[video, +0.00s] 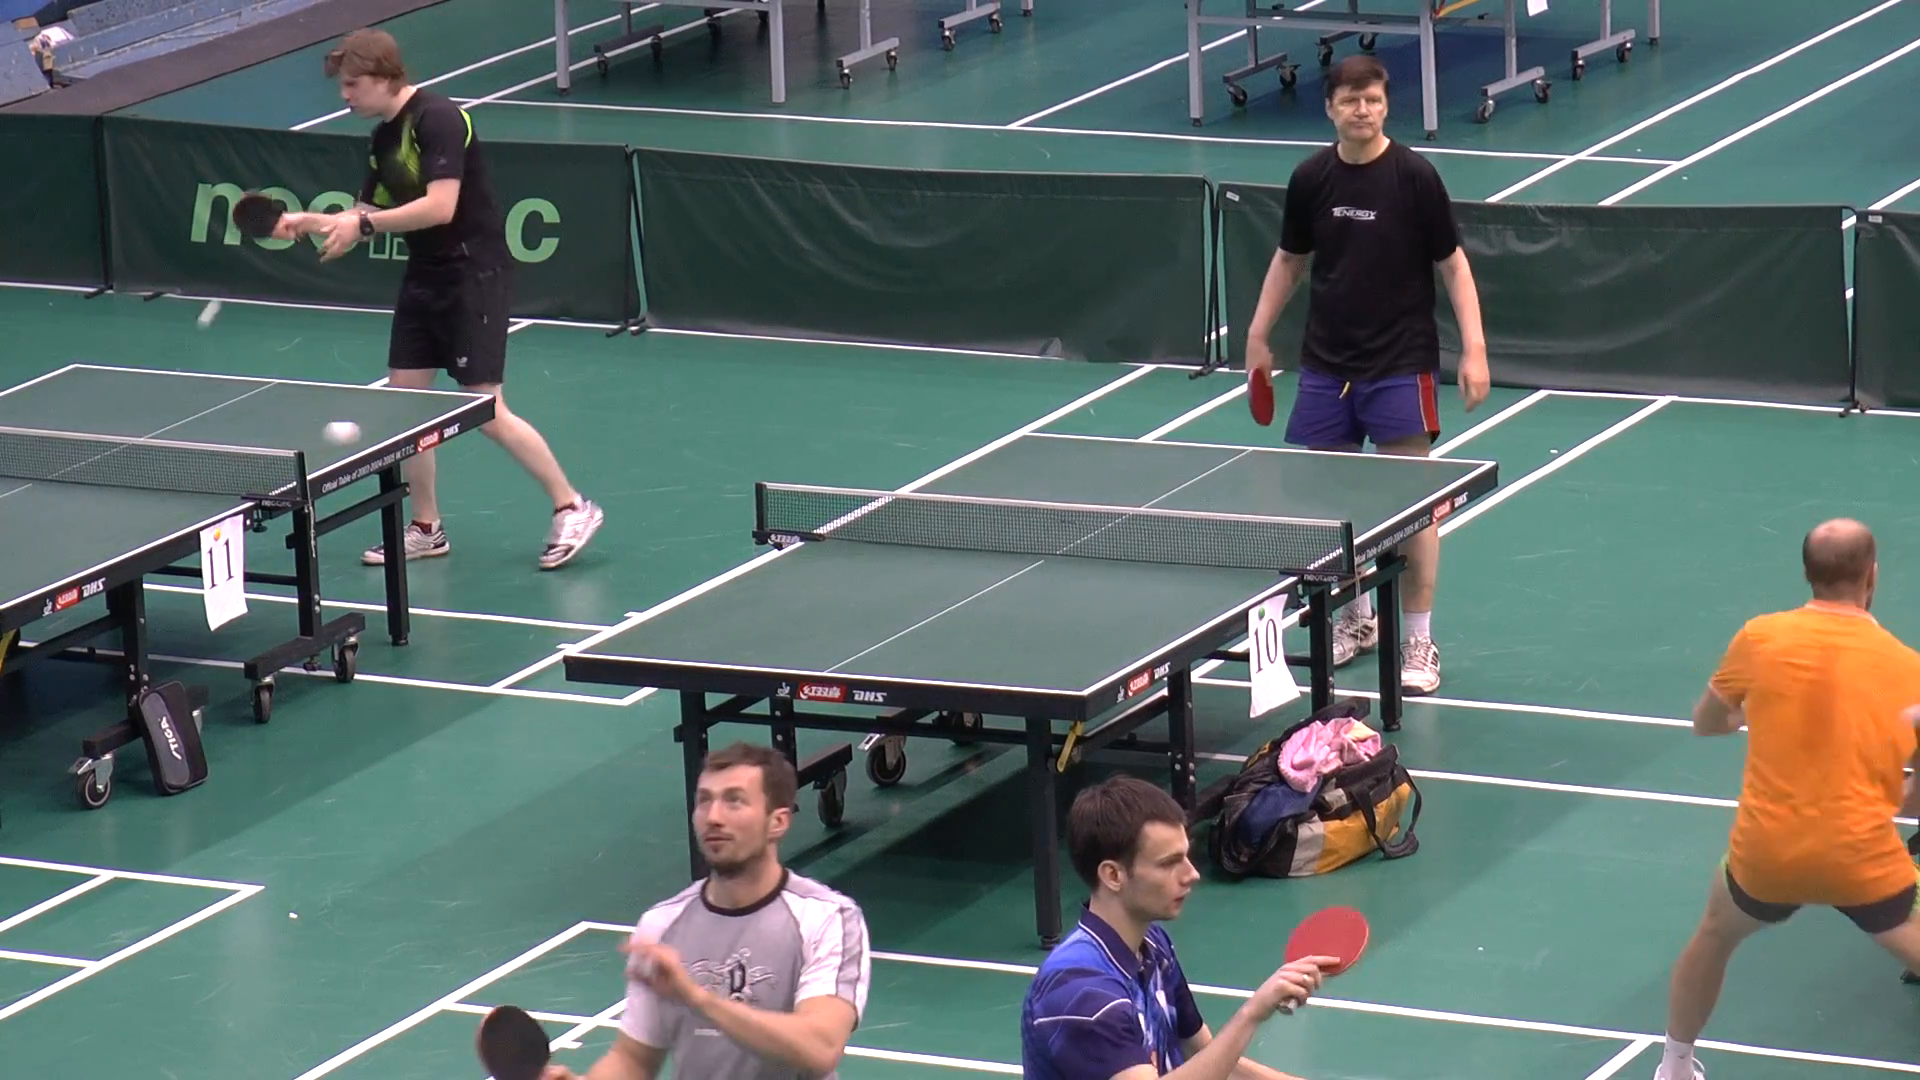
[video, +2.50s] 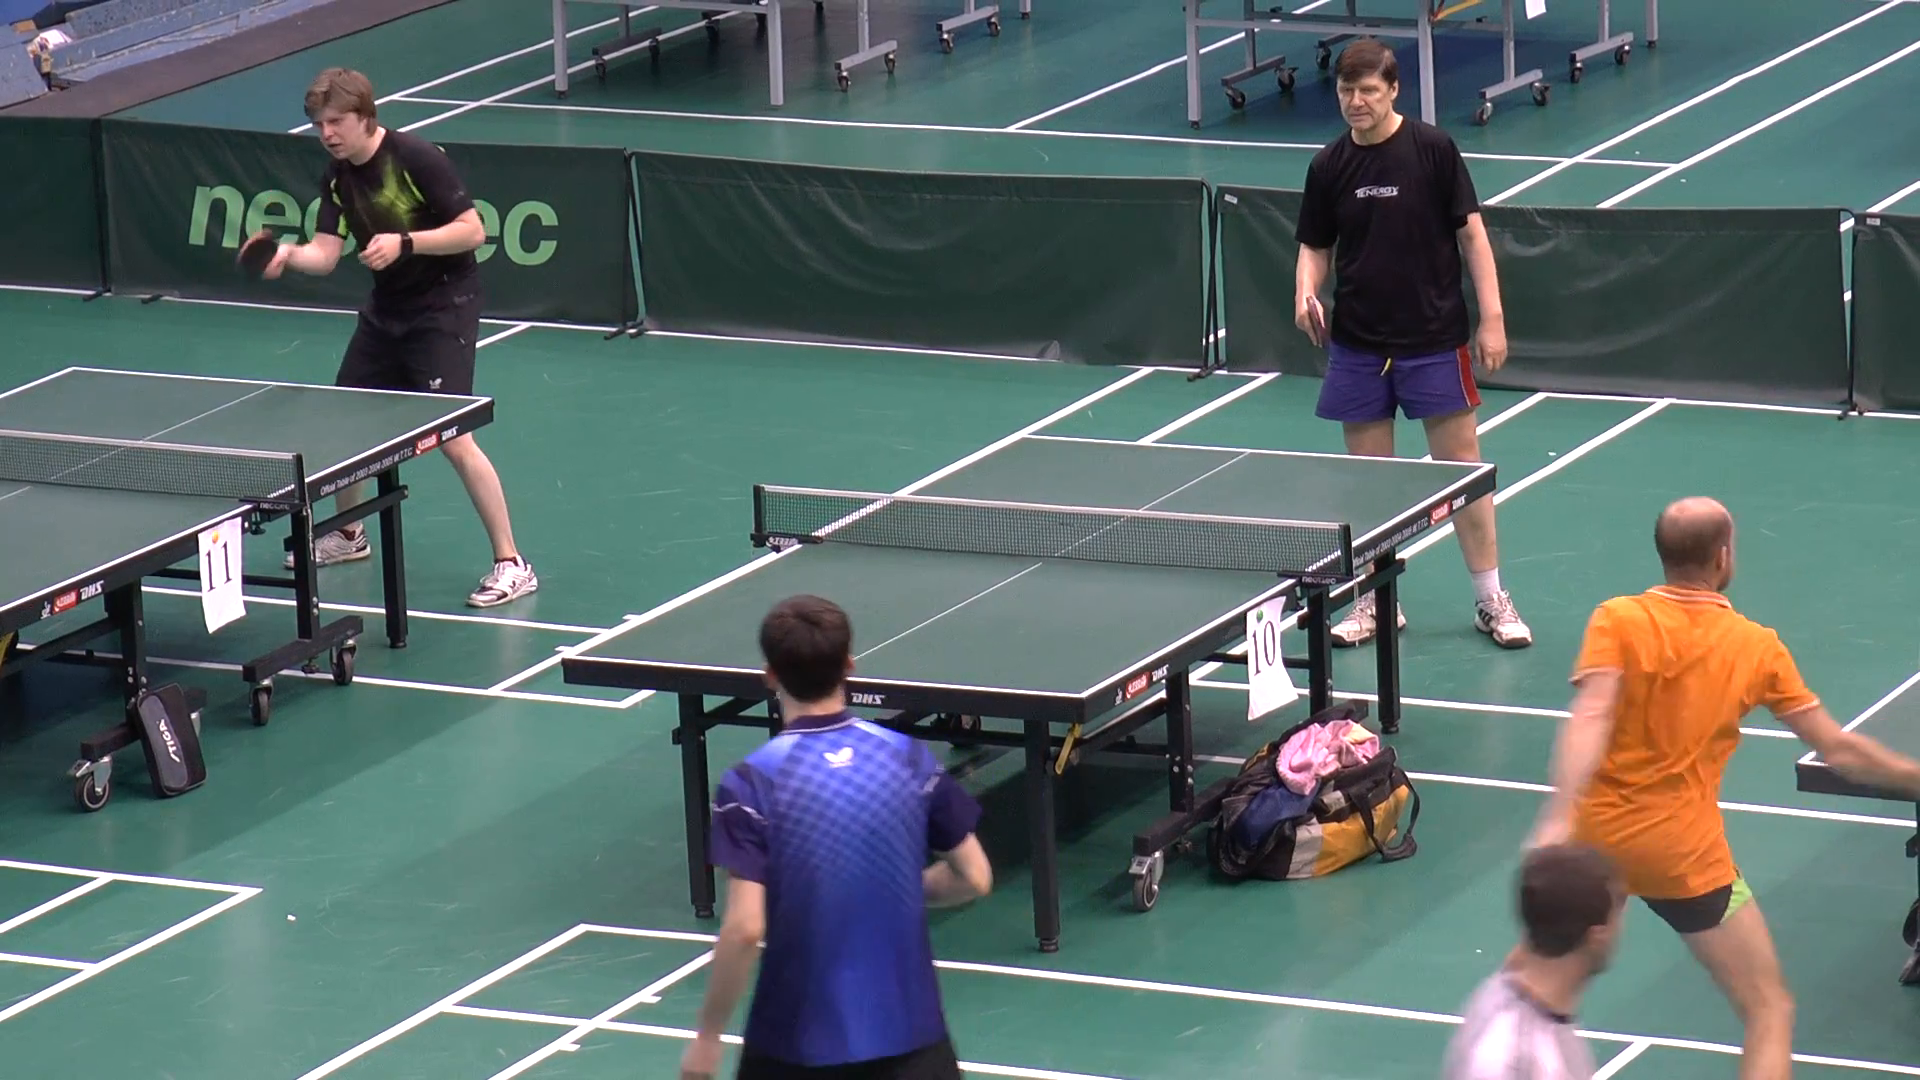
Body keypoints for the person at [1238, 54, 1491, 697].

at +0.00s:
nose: (1361, 108)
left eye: (1372, 98)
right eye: (1349, 99)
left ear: (1387, 104)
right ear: (1330, 107)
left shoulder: (1416, 176)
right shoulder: (1310, 177)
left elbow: (1454, 265)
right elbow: (1288, 259)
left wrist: (1474, 348)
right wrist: (1256, 332)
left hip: (1400, 365)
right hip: (1325, 366)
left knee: (1414, 501)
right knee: (1310, 492)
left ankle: (1418, 636)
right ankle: (1357, 610)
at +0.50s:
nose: (1304, 115)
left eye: (1312, 103)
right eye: (1291, 109)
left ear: (1330, 107)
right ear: (1277, 124)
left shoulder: (1382, 163)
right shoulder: (1274, 201)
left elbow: (1427, 227)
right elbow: (1253, 288)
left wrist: (1468, 294)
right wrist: (1242, 369)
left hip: (1411, 351)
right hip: (1333, 365)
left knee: (1431, 490)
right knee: (1342, 496)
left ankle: (1453, 625)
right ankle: (1360, 619)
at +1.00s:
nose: (1368, 98)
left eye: (1379, 89)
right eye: (1358, 90)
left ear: (1400, 96)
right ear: (1344, 100)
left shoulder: (1437, 156)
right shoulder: (1332, 176)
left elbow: (1482, 238)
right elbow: (1313, 262)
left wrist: (1463, 314)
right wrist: (1285, 341)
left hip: (1443, 351)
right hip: (1365, 355)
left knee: (1474, 478)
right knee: (1360, 488)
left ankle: (1498, 591)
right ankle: (1364, 616)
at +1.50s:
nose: (1438, 107)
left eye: (1451, 98)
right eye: (1431, 95)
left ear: (1474, 100)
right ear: (1419, 94)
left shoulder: (1500, 165)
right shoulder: (1399, 157)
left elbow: (1540, 249)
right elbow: (1382, 227)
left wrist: (1561, 334)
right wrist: (1349, 273)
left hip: (1480, 343)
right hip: (1405, 338)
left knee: (1490, 470)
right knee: (1381, 468)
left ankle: (1498, 593)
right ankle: (1368, 595)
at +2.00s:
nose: (1364, 99)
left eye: (1376, 91)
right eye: (1363, 89)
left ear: (1413, 93)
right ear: (1369, 91)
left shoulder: (1461, 150)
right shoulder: (1354, 157)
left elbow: (1492, 239)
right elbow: (1334, 237)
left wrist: (1493, 324)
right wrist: (1327, 281)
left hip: (1449, 339)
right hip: (1373, 340)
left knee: (1475, 468)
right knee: (1375, 476)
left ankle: (1495, 594)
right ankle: (1376, 596)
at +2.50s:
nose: (1356, 101)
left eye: (1367, 91)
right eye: (1347, 91)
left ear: (1393, 90)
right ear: (1337, 94)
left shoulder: (1434, 150)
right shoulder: (1328, 166)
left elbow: (1473, 235)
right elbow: (1313, 244)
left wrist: (1492, 318)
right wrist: (1306, 291)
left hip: (1434, 339)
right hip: (1357, 344)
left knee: (1465, 469)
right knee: (1367, 478)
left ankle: (1491, 597)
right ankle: (1374, 599)